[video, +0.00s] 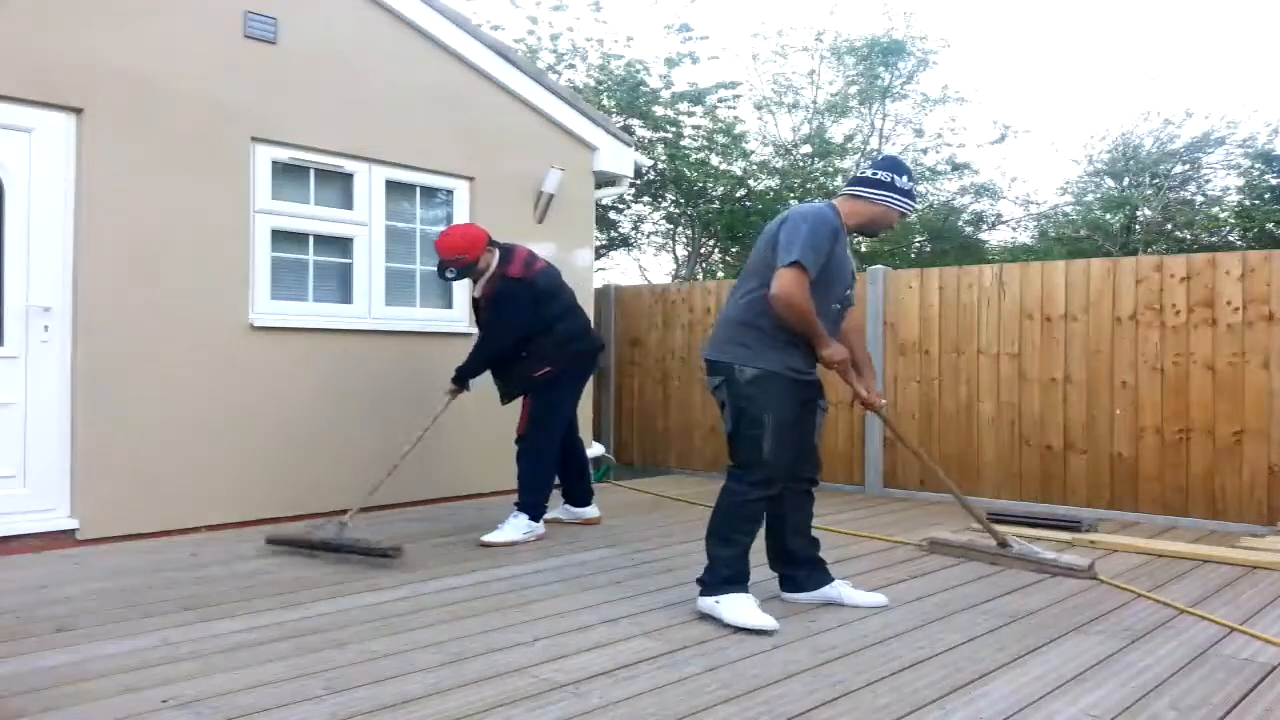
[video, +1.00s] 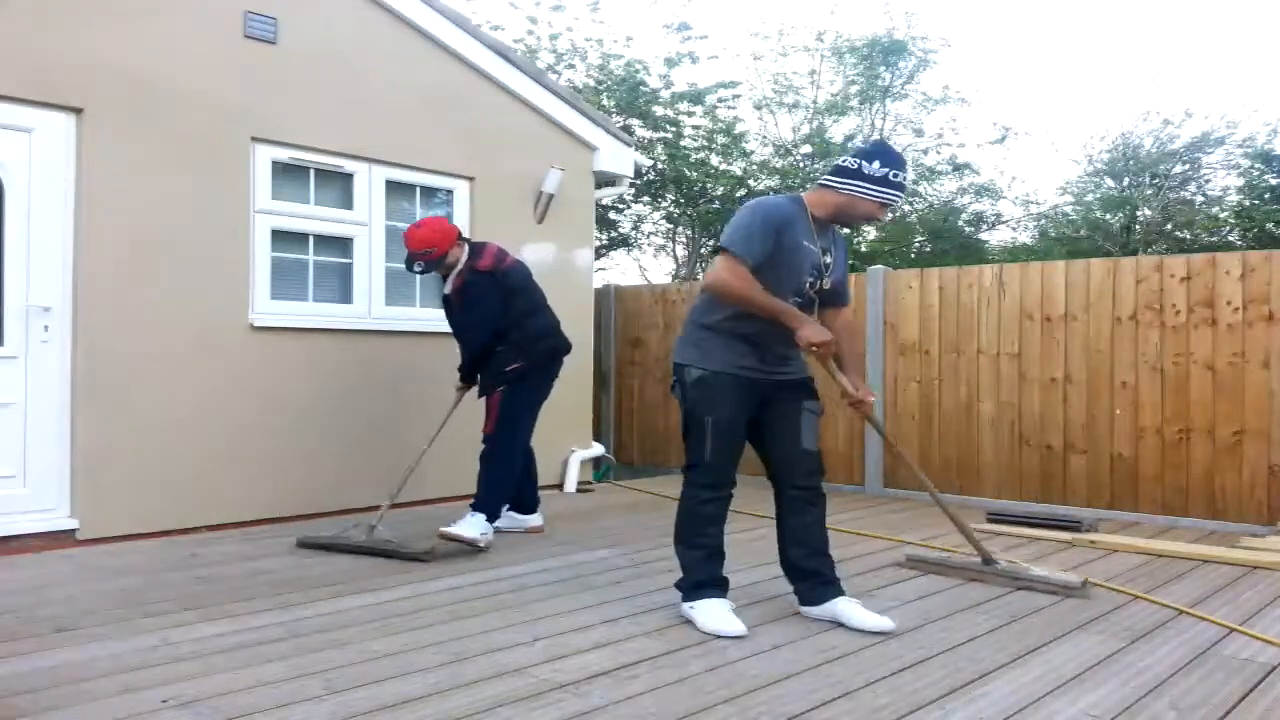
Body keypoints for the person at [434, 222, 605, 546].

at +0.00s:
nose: (463, 277)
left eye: (464, 270)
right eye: (458, 271)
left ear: (481, 255)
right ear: (485, 250)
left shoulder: (509, 286)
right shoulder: (510, 260)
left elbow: (497, 340)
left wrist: (462, 376)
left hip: (558, 359)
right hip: (570, 351)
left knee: (534, 437)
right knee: (561, 430)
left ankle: (528, 517)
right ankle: (580, 503)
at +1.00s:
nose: (433, 270)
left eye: (435, 263)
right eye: (429, 266)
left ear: (453, 248)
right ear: (450, 249)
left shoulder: (485, 269)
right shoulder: (455, 279)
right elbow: (472, 333)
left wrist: (474, 371)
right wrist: (468, 370)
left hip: (533, 353)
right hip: (509, 356)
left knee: (501, 434)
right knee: (511, 433)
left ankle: (482, 518)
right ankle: (523, 511)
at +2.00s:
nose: (382, 254)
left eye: (383, 246)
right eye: (377, 248)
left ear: (404, 230)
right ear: (405, 229)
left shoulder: (435, 263)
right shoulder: (429, 250)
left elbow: (409, 324)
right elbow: (414, 319)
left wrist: (366, 366)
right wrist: (375, 362)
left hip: (494, 358)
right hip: (466, 360)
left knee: (474, 440)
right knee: (453, 439)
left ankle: (474, 528)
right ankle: (480, 511)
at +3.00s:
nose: (338, 259)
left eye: (341, 252)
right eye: (334, 253)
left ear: (362, 237)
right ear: (362, 235)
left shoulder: (398, 269)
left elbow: (390, 341)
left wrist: (341, 368)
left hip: (455, 356)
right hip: (433, 356)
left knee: (429, 446)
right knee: (441, 440)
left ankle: (417, 540)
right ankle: (457, 521)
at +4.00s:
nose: (333, 245)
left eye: (343, 237)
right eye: (325, 235)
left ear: (356, 224)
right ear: (304, 216)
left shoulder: (373, 251)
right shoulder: (266, 235)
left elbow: (401, 314)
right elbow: (217, 284)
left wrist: (372, 346)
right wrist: (246, 282)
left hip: (351, 364)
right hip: (279, 362)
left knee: (359, 440)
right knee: (274, 447)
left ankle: (350, 527)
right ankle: (279, 536)